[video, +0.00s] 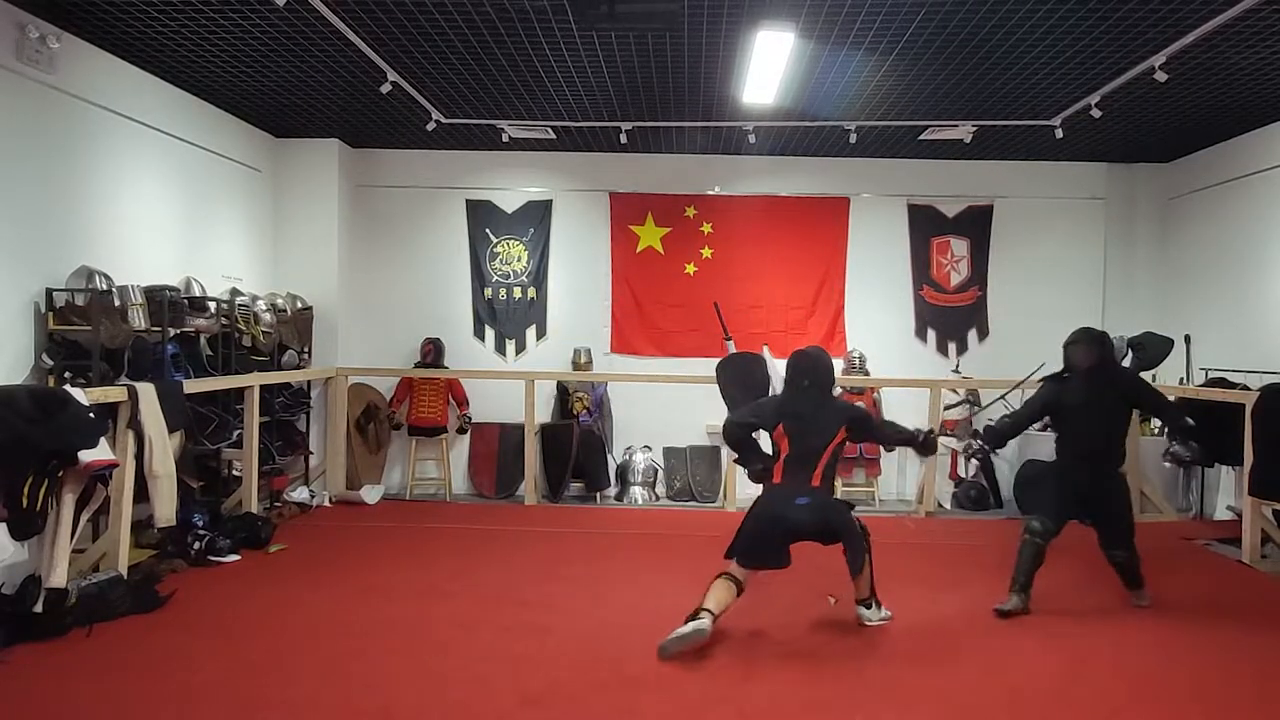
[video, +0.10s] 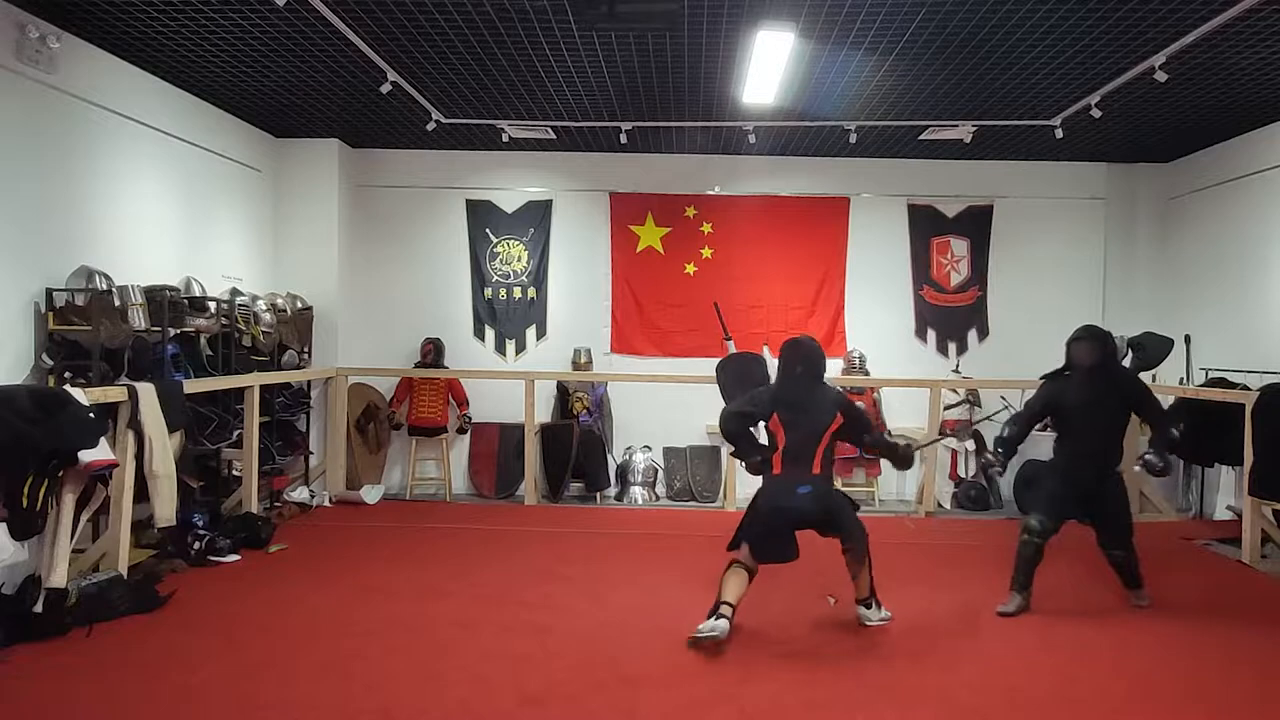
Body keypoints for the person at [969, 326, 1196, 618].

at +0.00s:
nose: (1081, 360)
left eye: (1088, 354)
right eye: (1075, 354)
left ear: (1103, 355)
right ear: (1067, 356)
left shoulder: (1124, 383)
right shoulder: (1057, 387)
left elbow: (1162, 407)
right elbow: (1022, 417)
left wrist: (1182, 427)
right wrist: (989, 437)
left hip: (1107, 481)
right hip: (1064, 478)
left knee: (1118, 546)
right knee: (1036, 530)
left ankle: (1137, 589)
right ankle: (1018, 594)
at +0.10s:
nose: (1084, 356)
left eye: (1090, 349)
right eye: (1078, 349)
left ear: (1105, 352)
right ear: (1069, 352)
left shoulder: (1124, 383)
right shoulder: (1057, 386)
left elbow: (1159, 418)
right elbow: (1026, 418)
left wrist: (1158, 449)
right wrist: (1003, 449)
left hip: (1105, 478)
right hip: (1062, 475)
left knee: (1117, 545)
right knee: (1033, 529)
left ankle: (1136, 588)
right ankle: (1019, 593)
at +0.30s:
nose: (1057, 362)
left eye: (1064, 354)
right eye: (1050, 354)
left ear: (1080, 354)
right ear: (1042, 354)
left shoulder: (1106, 386)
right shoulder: (1035, 386)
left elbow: (1137, 425)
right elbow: (1009, 430)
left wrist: (1121, 466)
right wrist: (1017, 467)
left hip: (1091, 473)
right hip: (1047, 471)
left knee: (1107, 542)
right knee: (1028, 530)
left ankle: (1134, 587)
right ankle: (1020, 594)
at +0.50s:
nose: (1025, 358)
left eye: (1032, 351)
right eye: (1022, 351)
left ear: (1051, 351)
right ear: (1020, 352)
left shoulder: (1085, 381)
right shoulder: (1017, 386)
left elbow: (1124, 424)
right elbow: (993, 430)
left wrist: (1099, 458)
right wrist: (997, 468)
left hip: (1080, 467)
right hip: (1038, 466)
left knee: (1091, 541)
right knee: (1023, 528)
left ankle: (1117, 577)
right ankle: (1020, 595)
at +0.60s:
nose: (1025, 350)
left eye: (1032, 344)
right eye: (1022, 344)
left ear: (1050, 345)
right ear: (1018, 348)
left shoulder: (1079, 373)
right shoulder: (1016, 382)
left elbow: (1113, 420)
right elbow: (995, 429)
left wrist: (1075, 446)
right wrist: (999, 465)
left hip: (1080, 462)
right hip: (1037, 461)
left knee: (1080, 537)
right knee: (1021, 527)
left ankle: (1093, 568)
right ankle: (1019, 594)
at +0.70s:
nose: (1032, 349)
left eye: (1039, 343)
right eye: (1029, 342)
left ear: (1056, 344)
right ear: (1023, 345)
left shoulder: (1082, 371)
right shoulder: (1019, 379)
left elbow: (1103, 416)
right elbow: (1001, 426)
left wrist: (1058, 428)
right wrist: (1007, 458)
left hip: (1074, 461)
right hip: (1033, 460)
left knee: (1075, 529)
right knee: (1021, 527)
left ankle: (1080, 576)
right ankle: (1018, 593)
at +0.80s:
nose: (1041, 347)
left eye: (1047, 341)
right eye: (1037, 340)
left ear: (1064, 342)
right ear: (1032, 341)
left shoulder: (1089, 373)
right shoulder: (1027, 375)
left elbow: (1098, 416)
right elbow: (1007, 422)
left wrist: (1046, 411)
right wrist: (1014, 453)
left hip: (1076, 459)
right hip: (1035, 457)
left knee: (1076, 531)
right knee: (1024, 523)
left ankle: (1075, 581)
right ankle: (1018, 590)